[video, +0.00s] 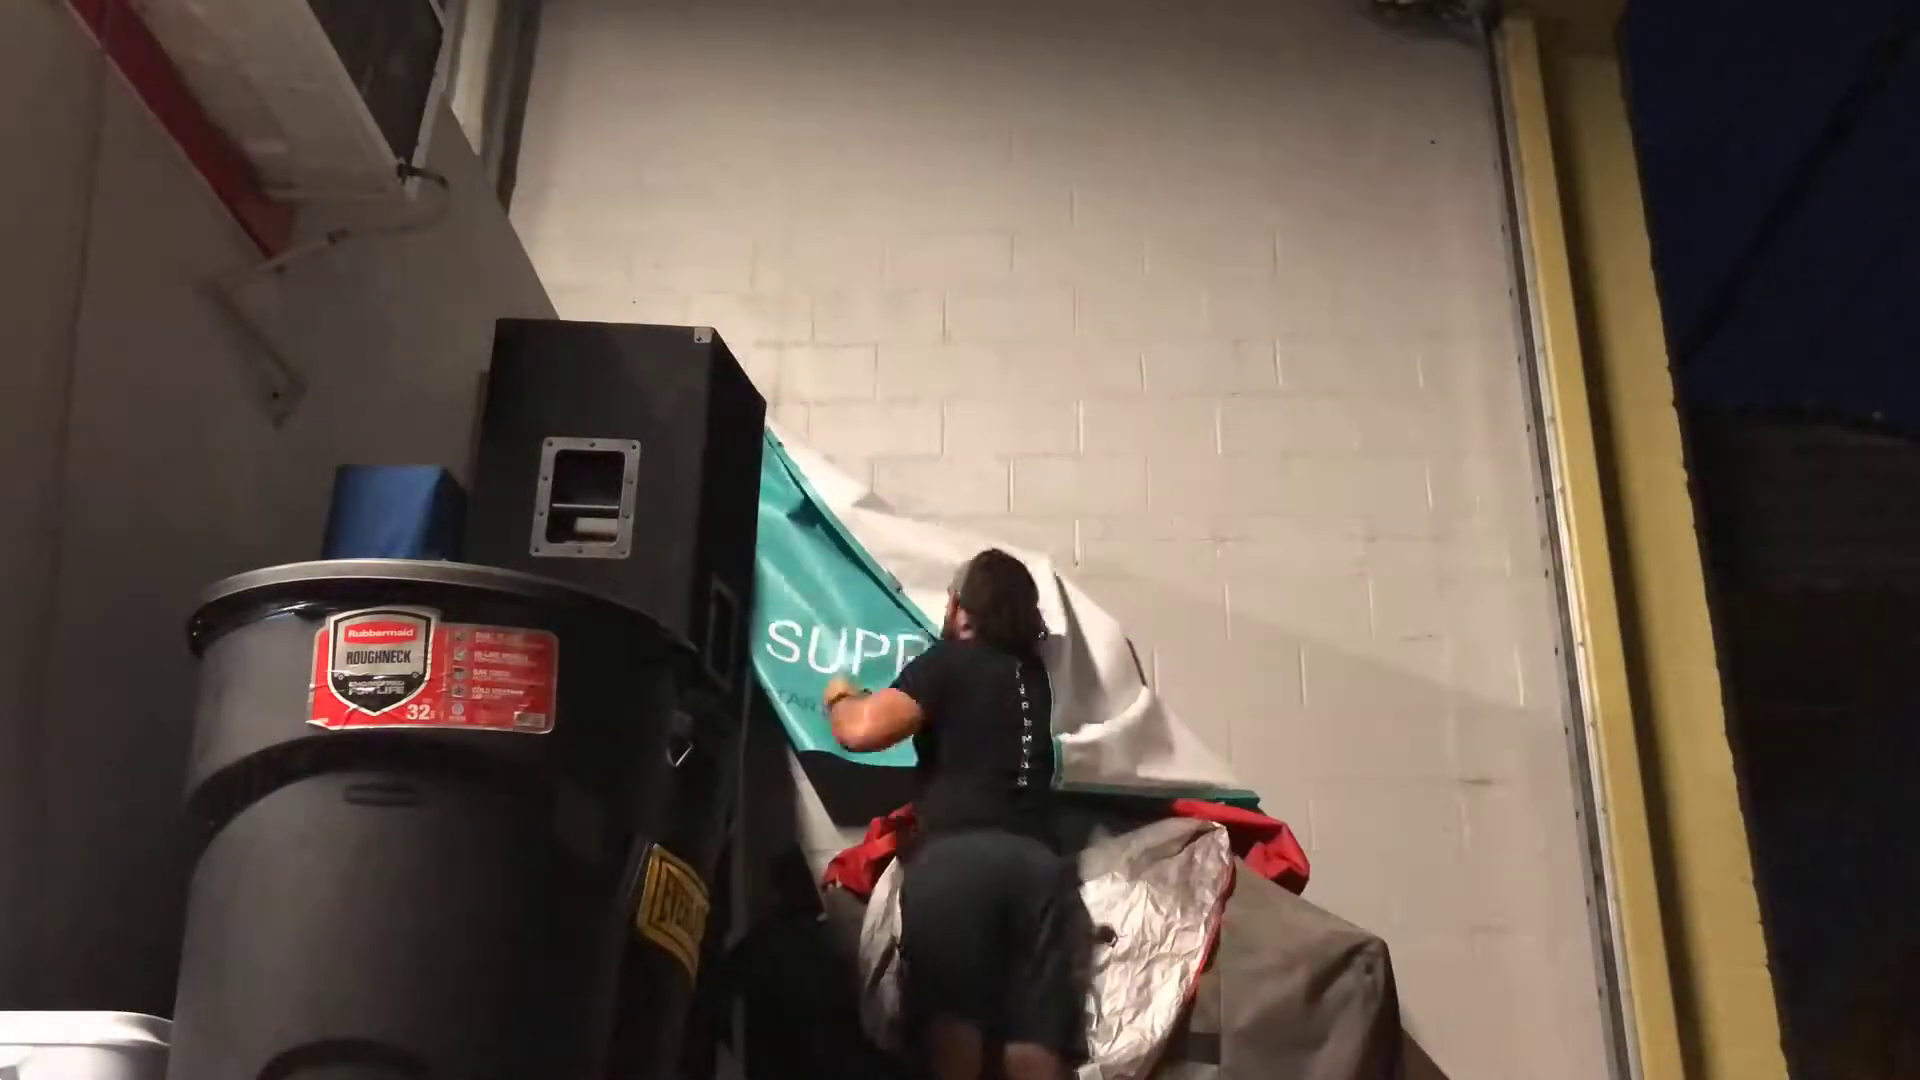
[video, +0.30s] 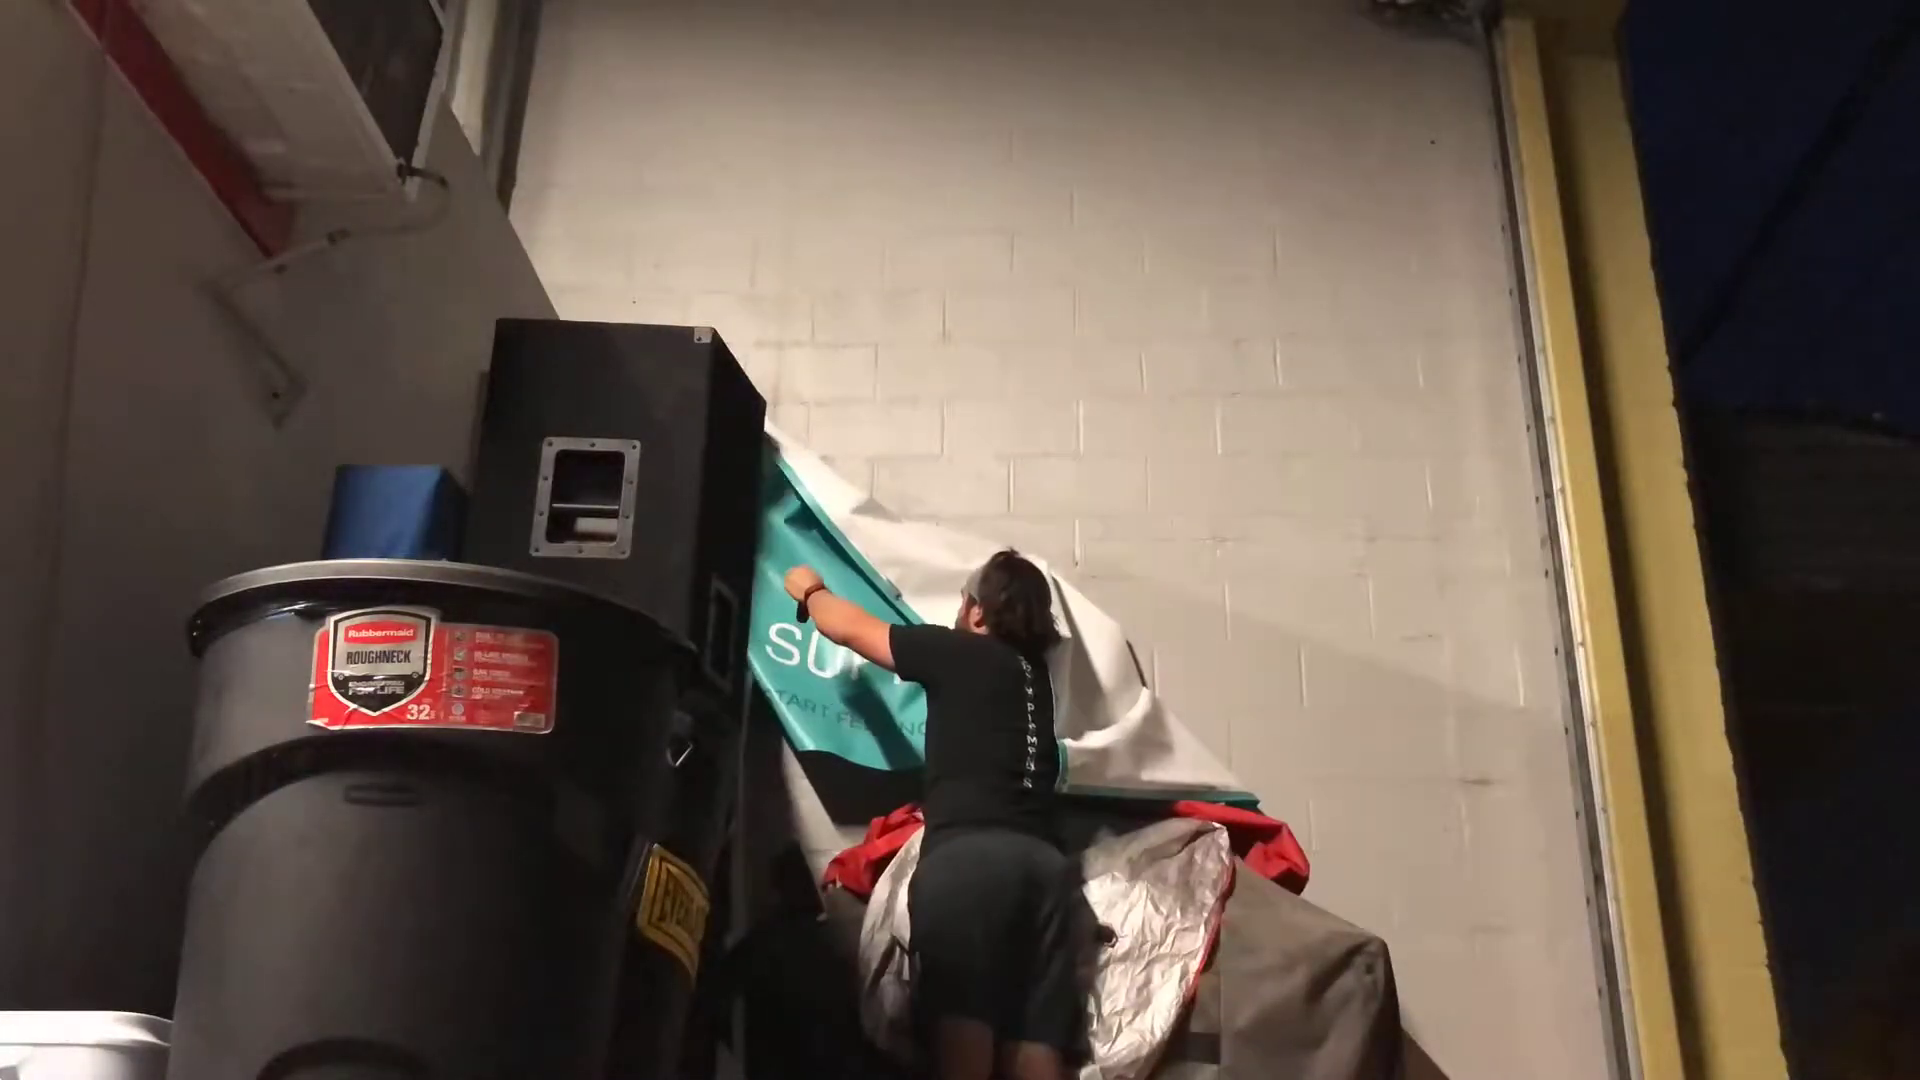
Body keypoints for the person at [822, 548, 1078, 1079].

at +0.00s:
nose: (948, 602)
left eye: (954, 596)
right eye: (952, 594)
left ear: (962, 609)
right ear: (1021, 615)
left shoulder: (946, 664)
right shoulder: (1034, 677)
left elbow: (859, 732)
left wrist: (840, 697)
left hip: (957, 851)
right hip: (1038, 856)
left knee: (953, 1028)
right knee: (1034, 1038)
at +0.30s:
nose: (960, 609)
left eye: (965, 600)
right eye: (964, 599)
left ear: (977, 611)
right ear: (1033, 620)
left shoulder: (957, 652)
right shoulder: (1037, 675)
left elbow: (849, 626)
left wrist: (809, 589)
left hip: (967, 853)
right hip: (1046, 861)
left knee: (962, 1037)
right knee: (1040, 1045)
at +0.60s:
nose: (945, 618)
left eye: (953, 607)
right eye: (948, 606)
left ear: (984, 612)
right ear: (1002, 615)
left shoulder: (977, 655)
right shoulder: (1035, 665)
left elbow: (971, 740)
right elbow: (1018, 767)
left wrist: (913, 790)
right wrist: (934, 806)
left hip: (982, 850)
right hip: (1051, 855)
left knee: (966, 1025)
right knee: (1042, 1035)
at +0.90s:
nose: (943, 610)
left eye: (947, 602)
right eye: (948, 602)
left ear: (955, 610)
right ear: (1019, 612)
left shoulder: (950, 663)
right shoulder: (1034, 669)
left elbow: (925, 752)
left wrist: (886, 804)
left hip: (965, 856)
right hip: (1044, 859)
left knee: (962, 1037)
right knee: (1035, 1043)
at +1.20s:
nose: (956, 594)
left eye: (959, 584)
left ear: (962, 594)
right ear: (1030, 593)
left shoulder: (960, 660)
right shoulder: (1063, 665)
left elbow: (923, 767)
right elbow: (1051, 757)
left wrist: (901, 806)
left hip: (967, 856)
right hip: (1049, 862)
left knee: (962, 1041)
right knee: (1037, 1049)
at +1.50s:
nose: (957, 605)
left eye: (961, 596)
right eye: (961, 595)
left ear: (972, 602)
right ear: (1038, 604)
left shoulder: (962, 658)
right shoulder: (1063, 672)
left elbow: (923, 762)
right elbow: (1044, 764)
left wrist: (903, 803)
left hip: (966, 856)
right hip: (1047, 862)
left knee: (962, 1041)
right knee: (1037, 1047)